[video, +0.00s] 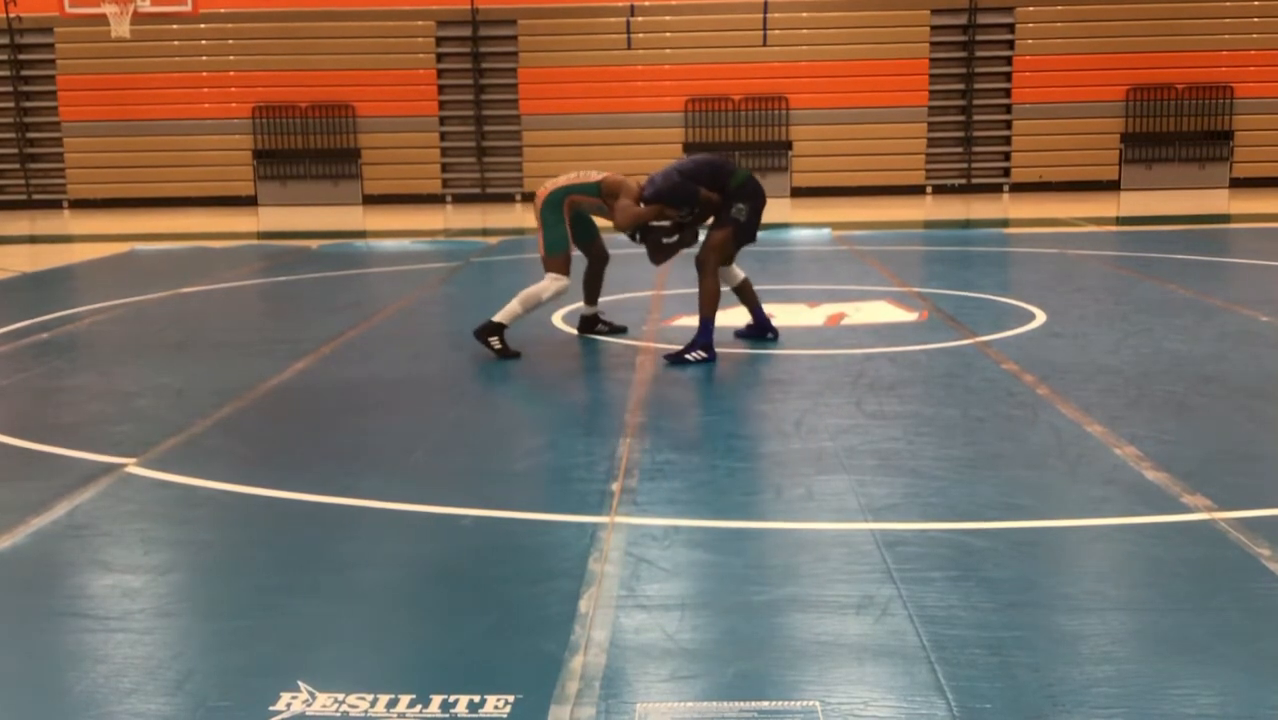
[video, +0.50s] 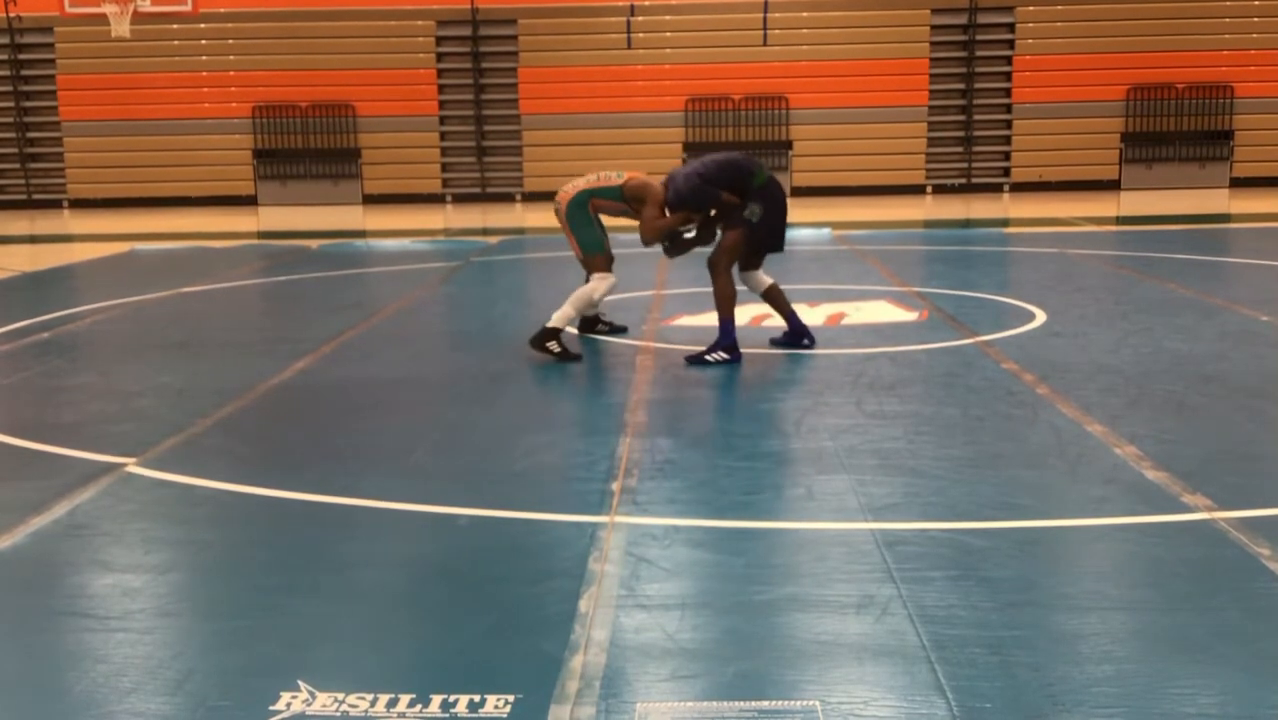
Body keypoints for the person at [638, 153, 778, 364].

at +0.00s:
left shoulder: (666, 189)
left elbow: (715, 201)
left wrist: (689, 226)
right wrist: (680, 240)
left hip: (743, 194)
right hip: (738, 195)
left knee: (706, 261)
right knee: (723, 265)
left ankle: (703, 344)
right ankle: (762, 324)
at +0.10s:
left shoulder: (665, 187)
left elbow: (714, 200)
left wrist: (686, 223)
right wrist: (680, 237)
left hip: (744, 193)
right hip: (748, 190)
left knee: (708, 260)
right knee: (734, 259)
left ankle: (703, 344)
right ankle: (764, 323)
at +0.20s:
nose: (620, 203)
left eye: (616, 198)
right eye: (616, 201)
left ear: (628, 188)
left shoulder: (667, 183)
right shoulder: (660, 182)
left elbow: (719, 198)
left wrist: (692, 220)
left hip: (748, 191)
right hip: (753, 188)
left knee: (710, 261)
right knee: (739, 258)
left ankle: (703, 344)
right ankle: (777, 320)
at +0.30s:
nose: (630, 203)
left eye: (625, 198)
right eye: (627, 201)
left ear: (635, 187)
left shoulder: (674, 182)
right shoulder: (668, 179)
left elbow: (725, 197)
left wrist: (700, 220)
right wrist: (689, 217)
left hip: (754, 192)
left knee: (717, 263)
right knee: (747, 263)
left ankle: (704, 344)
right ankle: (796, 322)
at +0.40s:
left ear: (644, 196)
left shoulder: (681, 183)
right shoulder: (675, 180)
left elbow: (732, 196)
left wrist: (707, 219)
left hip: (759, 193)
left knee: (722, 257)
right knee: (755, 270)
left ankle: (712, 339)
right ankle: (800, 331)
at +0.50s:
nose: (642, 218)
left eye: (636, 211)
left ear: (648, 202)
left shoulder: (684, 190)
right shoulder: (679, 187)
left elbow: (733, 204)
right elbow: (707, 233)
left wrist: (711, 226)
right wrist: (688, 242)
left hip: (759, 198)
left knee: (718, 263)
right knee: (750, 274)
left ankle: (727, 344)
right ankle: (798, 331)